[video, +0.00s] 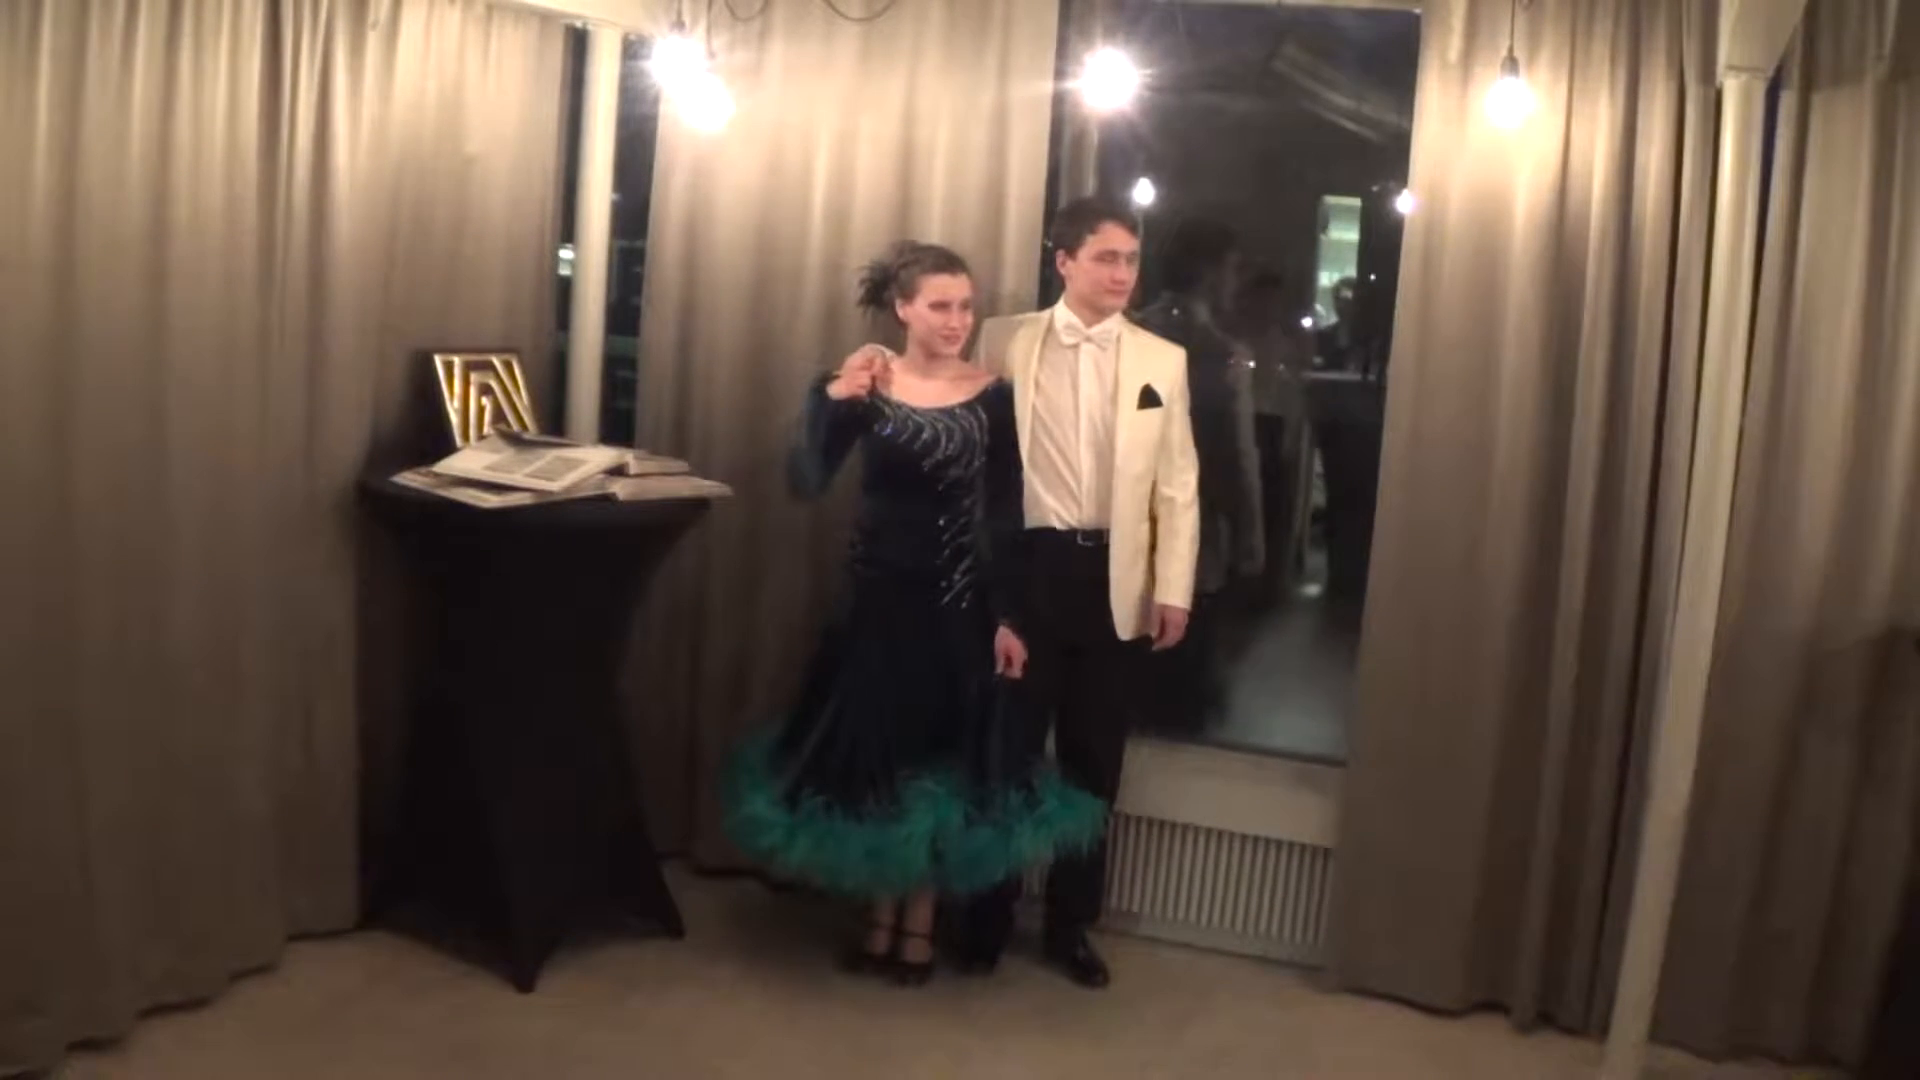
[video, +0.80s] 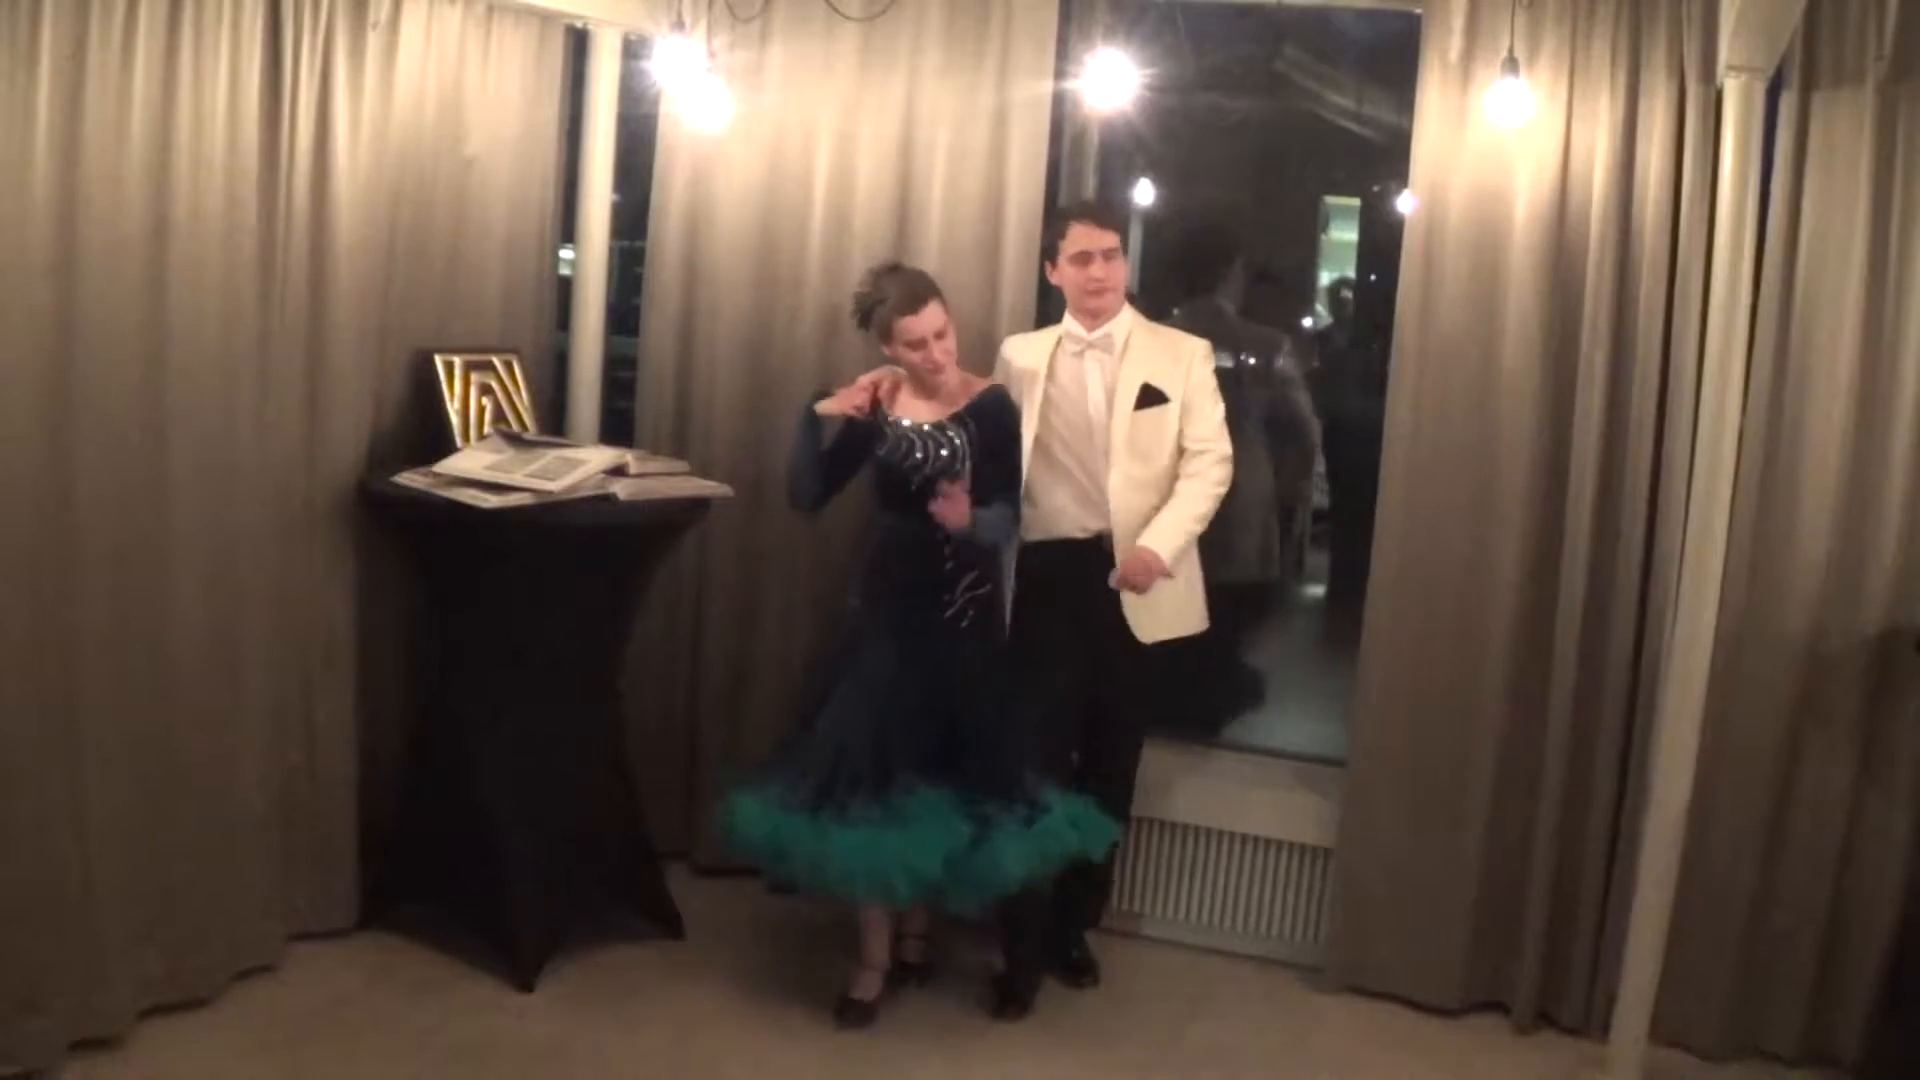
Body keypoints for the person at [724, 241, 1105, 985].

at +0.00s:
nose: (956, 321)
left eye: (965, 307)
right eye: (939, 306)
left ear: (978, 312)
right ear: (900, 310)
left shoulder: (990, 393)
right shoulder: (870, 383)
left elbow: (1004, 512)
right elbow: (808, 478)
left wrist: (1007, 615)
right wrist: (834, 397)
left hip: (959, 597)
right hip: (882, 591)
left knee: (939, 752)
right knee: (882, 749)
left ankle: (921, 909)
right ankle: (881, 905)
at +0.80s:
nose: (937, 354)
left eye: (941, 334)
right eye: (917, 346)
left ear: (953, 322)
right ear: (888, 351)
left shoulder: (992, 407)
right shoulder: (875, 408)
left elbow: (1011, 519)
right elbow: (809, 494)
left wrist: (972, 520)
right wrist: (825, 416)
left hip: (964, 610)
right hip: (889, 603)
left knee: (936, 759)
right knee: (869, 755)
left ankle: (915, 920)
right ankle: (872, 951)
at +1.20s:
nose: (918, 330)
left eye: (926, 313)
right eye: (899, 320)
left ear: (940, 311)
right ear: (866, 332)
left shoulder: (974, 397)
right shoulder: (852, 402)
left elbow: (992, 509)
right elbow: (785, 493)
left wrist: (946, 519)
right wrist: (796, 420)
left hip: (954, 604)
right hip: (876, 598)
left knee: (934, 757)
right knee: (866, 759)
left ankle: (916, 922)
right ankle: (872, 956)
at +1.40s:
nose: (922, 336)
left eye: (930, 320)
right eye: (903, 325)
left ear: (943, 325)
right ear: (866, 336)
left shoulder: (971, 415)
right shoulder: (845, 408)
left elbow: (982, 529)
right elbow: (770, 495)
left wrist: (973, 625)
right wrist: (791, 423)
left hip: (941, 618)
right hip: (862, 611)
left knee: (935, 770)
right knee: (865, 777)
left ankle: (923, 920)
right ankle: (874, 955)